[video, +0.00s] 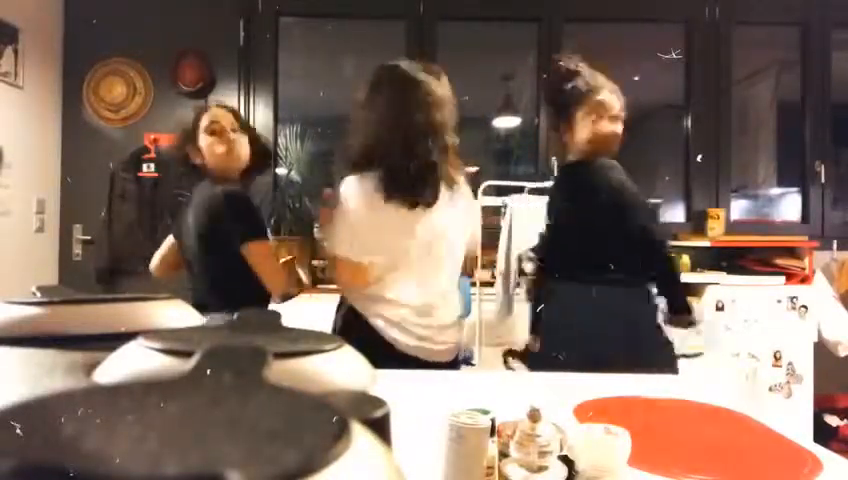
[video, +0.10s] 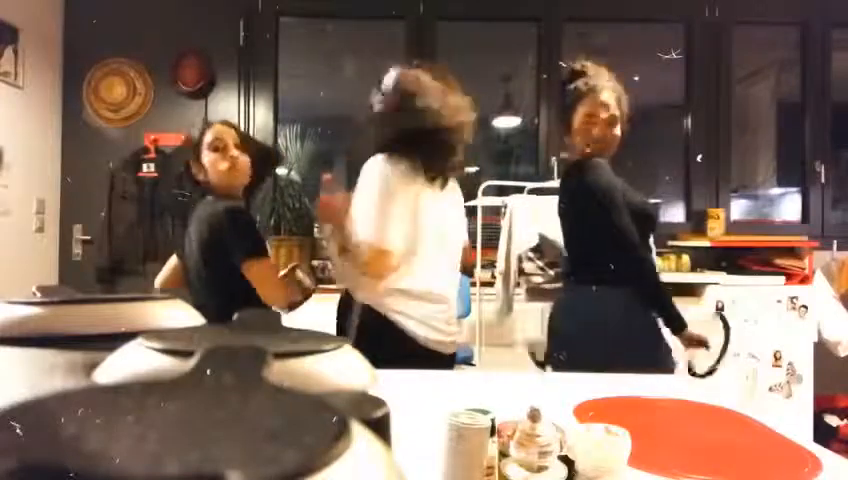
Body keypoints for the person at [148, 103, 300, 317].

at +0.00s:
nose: (229, 137)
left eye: (236, 130)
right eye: (214, 131)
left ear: (249, 143)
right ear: (195, 153)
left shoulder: (197, 199)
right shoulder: (232, 200)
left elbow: (160, 267)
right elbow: (279, 285)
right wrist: (292, 269)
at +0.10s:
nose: (233, 154)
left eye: (239, 147)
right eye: (217, 148)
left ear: (250, 163)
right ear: (198, 170)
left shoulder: (203, 213)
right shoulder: (232, 216)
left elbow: (165, 282)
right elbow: (278, 297)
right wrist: (297, 280)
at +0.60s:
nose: (257, 146)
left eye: (261, 137)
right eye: (240, 140)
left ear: (271, 146)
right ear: (220, 158)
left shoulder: (219, 205)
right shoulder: (254, 202)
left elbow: (183, 277)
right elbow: (293, 290)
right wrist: (314, 292)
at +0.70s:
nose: (257, 134)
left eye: (261, 125)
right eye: (241, 128)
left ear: (271, 135)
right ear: (220, 146)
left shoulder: (217, 196)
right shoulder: (263, 189)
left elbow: (184, 266)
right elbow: (303, 275)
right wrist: (318, 287)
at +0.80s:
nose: (257, 145)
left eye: (261, 136)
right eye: (241, 138)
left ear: (271, 146)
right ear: (220, 155)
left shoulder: (214, 206)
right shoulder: (255, 201)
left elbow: (195, 278)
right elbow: (299, 280)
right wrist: (317, 306)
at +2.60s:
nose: (217, 134)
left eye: (223, 126)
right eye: (202, 126)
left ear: (232, 137)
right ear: (178, 142)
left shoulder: (212, 191)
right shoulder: (186, 190)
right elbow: (172, 270)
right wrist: (247, 282)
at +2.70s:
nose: (216, 144)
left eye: (222, 136)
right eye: (201, 137)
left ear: (231, 147)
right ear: (177, 151)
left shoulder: (212, 206)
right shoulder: (187, 202)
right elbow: (174, 280)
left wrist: (246, 277)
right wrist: (248, 289)